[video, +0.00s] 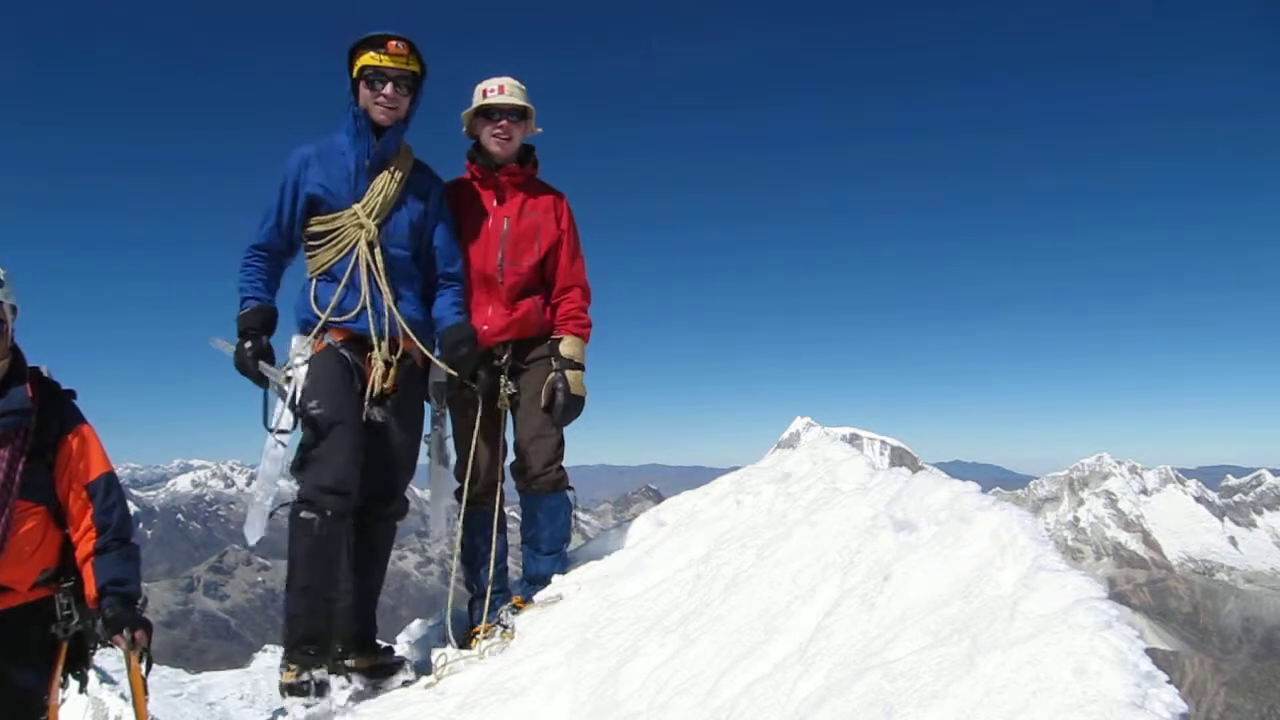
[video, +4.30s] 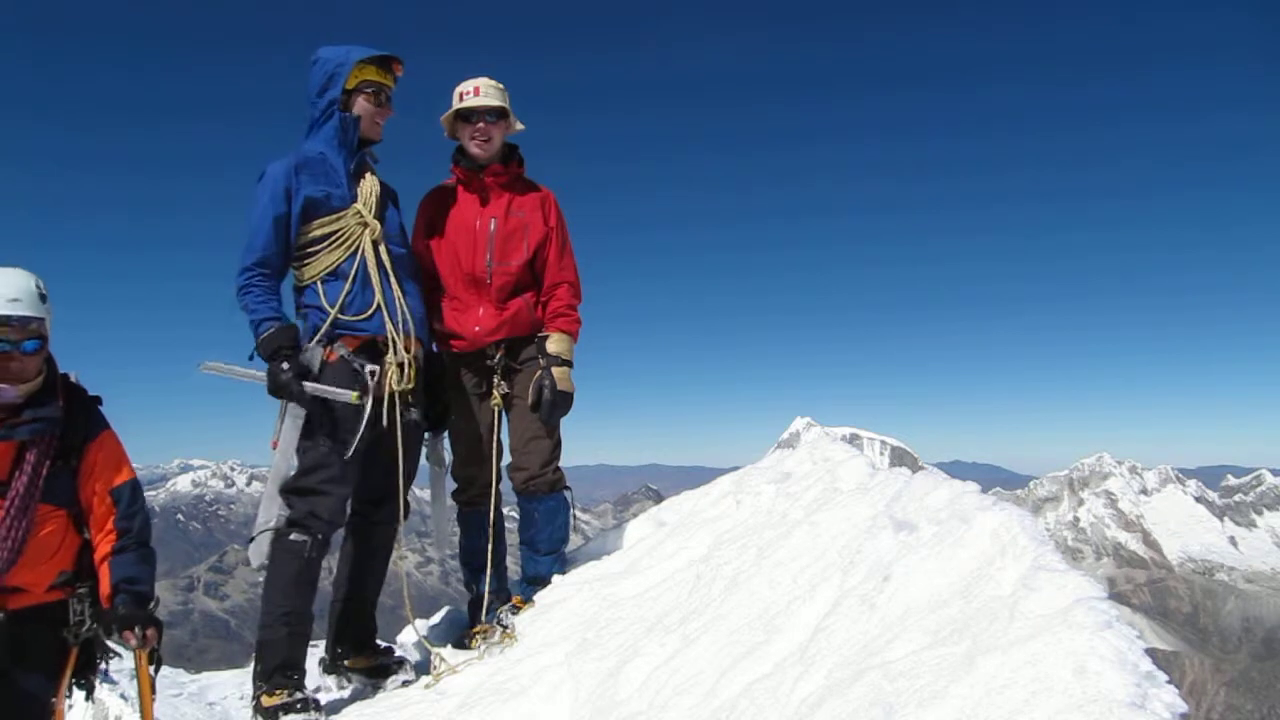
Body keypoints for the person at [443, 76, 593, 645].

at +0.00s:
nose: (502, 126)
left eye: (513, 117)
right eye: (491, 117)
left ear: (528, 128)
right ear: (474, 127)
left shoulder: (551, 204)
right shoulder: (450, 200)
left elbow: (571, 289)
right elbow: (434, 277)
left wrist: (572, 359)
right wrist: (448, 340)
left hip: (536, 350)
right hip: (469, 352)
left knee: (540, 464)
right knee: (478, 476)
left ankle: (542, 587)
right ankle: (486, 603)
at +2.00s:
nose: (495, 125)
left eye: (505, 116)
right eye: (484, 116)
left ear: (522, 126)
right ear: (467, 126)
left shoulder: (548, 204)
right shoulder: (443, 203)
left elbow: (569, 288)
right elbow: (424, 281)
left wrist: (561, 354)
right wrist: (428, 363)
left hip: (531, 352)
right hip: (463, 358)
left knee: (538, 471)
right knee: (476, 480)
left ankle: (542, 589)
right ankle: (485, 601)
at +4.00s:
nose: (480, 128)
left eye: (491, 118)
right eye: (469, 120)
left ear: (509, 127)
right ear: (455, 131)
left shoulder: (538, 202)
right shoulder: (436, 205)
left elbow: (562, 284)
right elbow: (422, 287)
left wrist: (559, 355)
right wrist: (425, 362)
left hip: (526, 350)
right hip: (458, 357)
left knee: (534, 466)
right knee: (474, 476)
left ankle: (540, 589)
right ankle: (485, 600)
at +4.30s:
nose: (480, 128)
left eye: (490, 118)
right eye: (469, 120)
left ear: (509, 127)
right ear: (455, 130)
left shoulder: (538, 201)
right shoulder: (436, 204)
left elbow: (562, 284)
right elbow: (422, 288)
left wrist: (559, 356)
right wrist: (426, 365)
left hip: (527, 351)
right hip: (459, 359)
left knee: (534, 469)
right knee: (474, 478)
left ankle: (541, 587)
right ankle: (484, 600)